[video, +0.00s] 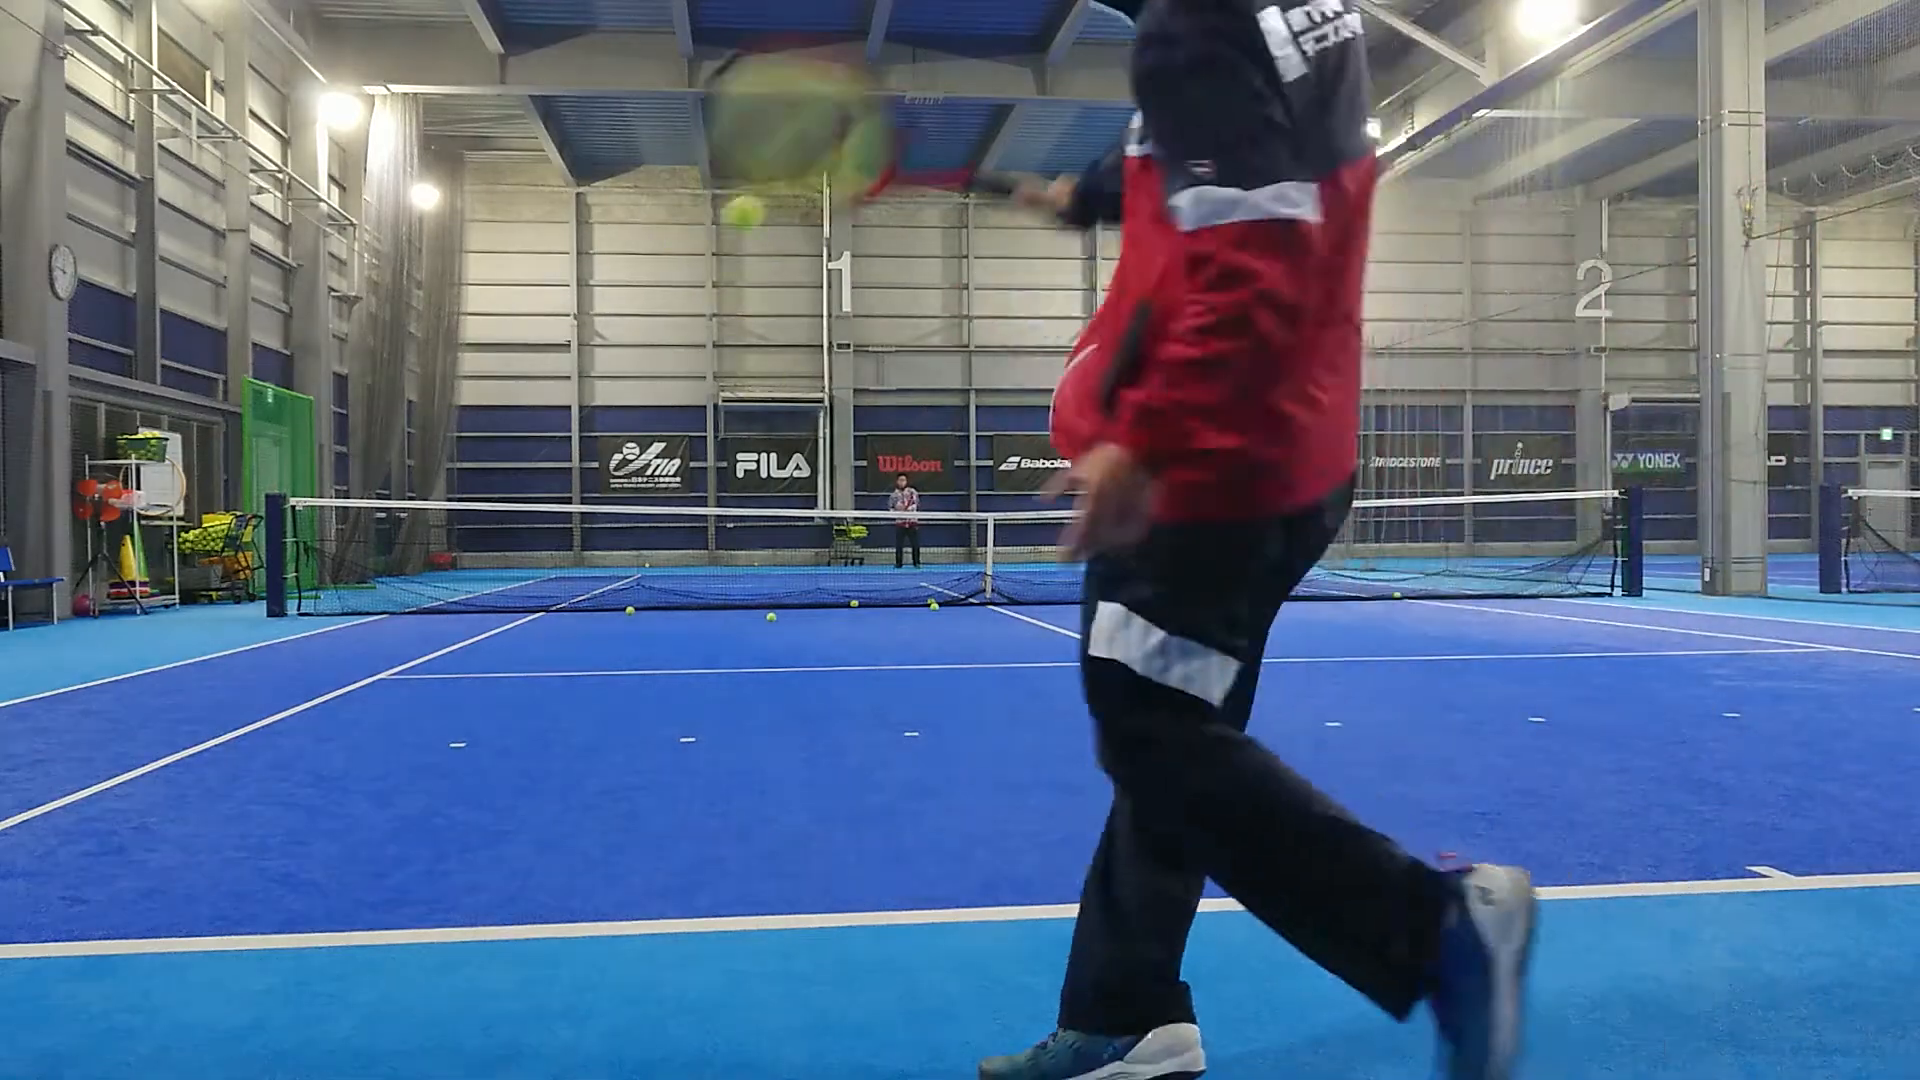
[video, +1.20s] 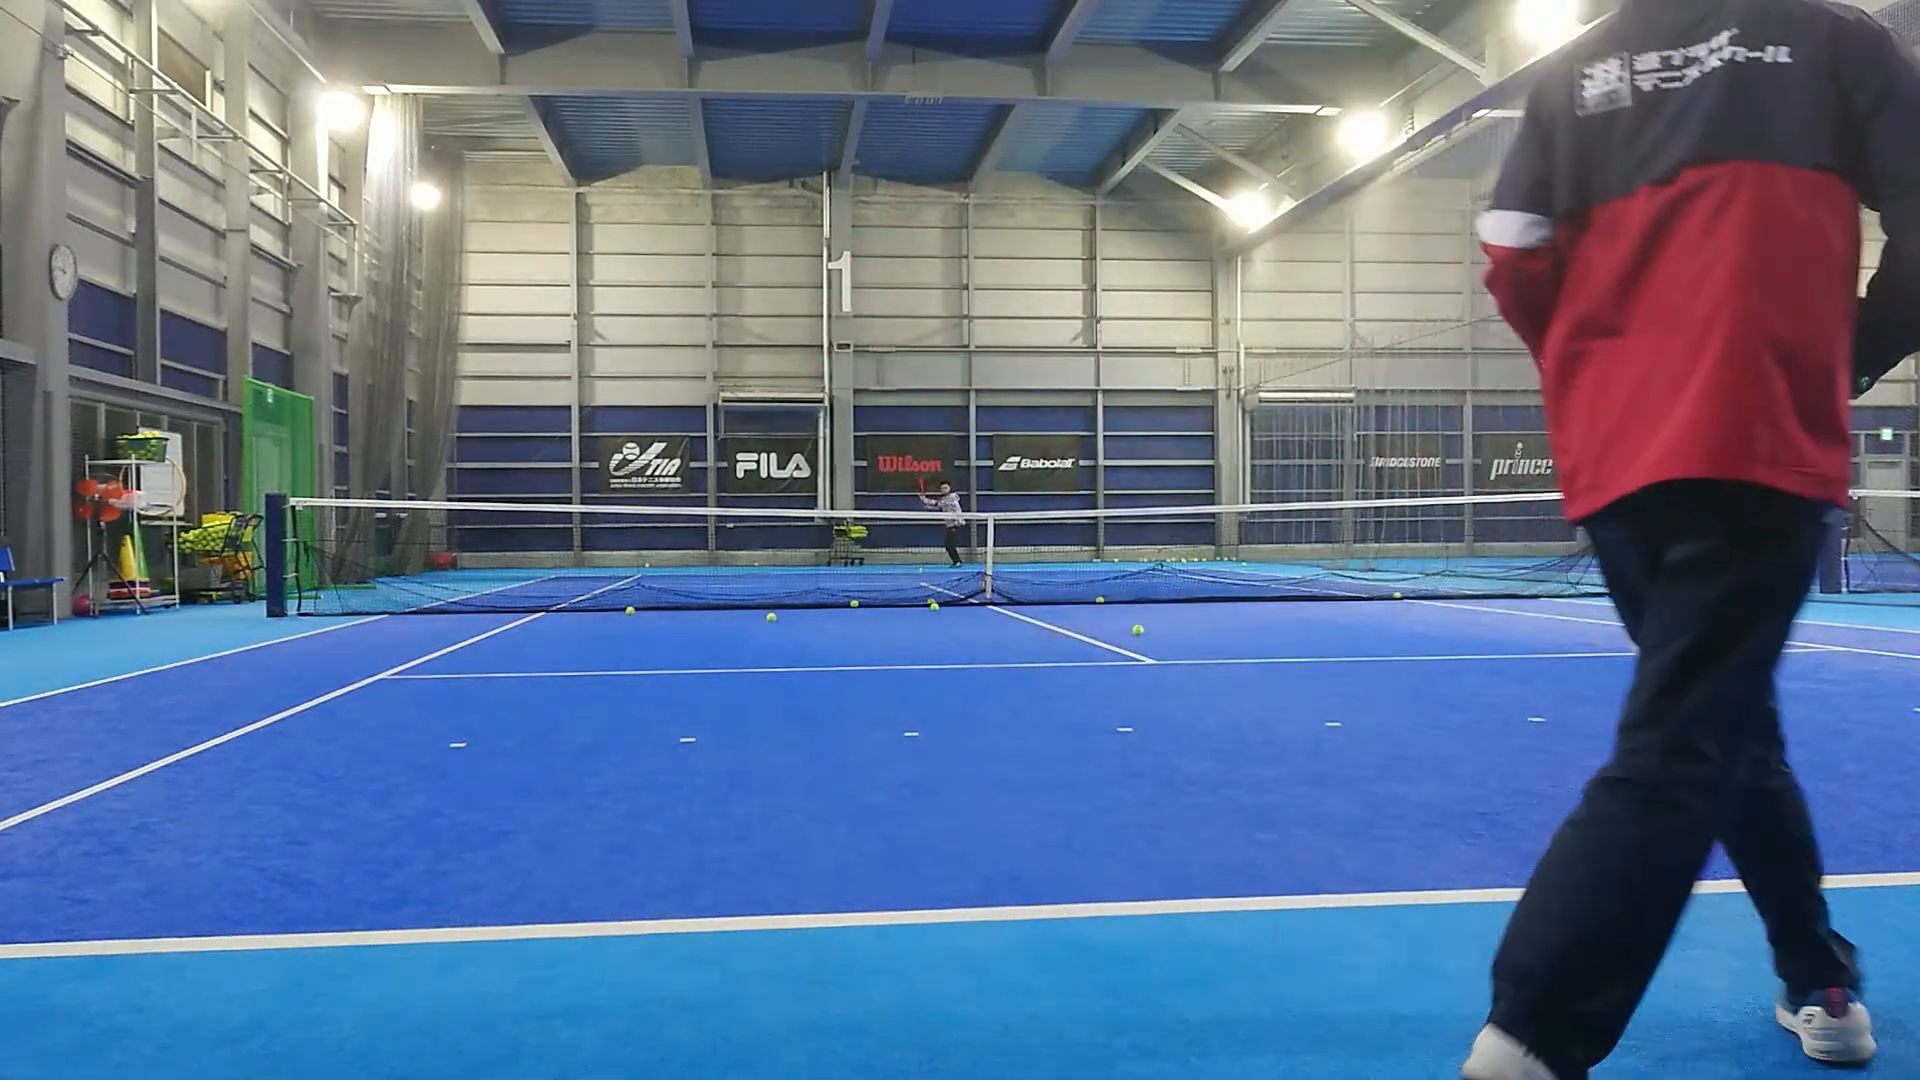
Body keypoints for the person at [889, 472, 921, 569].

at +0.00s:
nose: (902, 482)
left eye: (904, 480)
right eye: (900, 480)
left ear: (907, 482)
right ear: (897, 482)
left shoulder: (912, 492)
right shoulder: (894, 494)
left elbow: (916, 504)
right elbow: (890, 507)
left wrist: (908, 510)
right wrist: (898, 512)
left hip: (912, 522)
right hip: (900, 522)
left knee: (915, 544)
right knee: (899, 545)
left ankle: (916, 562)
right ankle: (898, 563)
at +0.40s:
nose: (907, 484)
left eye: (909, 482)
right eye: (905, 482)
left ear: (911, 483)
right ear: (902, 484)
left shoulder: (916, 495)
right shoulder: (899, 495)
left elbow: (919, 508)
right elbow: (894, 508)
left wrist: (919, 520)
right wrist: (899, 518)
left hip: (914, 523)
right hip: (902, 523)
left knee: (919, 544)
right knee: (900, 545)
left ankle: (926, 561)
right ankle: (898, 563)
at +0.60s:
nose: (915, 487)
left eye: (917, 484)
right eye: (913, 484)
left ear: (921, 486)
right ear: (911, 486)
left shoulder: (925, 496)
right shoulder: (910, 496)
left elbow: (927, 509)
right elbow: (905, 508)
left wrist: (927, 521)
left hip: (923, 523)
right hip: (913, 524)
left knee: (923, 545)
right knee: (908, 544)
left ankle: (930, 562)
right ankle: (901, 562)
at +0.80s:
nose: (925, 489)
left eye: (927, 487)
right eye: (924, 487)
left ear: (931, 488)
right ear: (921, 489)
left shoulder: (933, 498)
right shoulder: (921, 499)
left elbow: (928, 509)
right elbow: (920, 508)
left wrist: (917, 509)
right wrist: (916, 508)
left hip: (931, 523)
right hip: (923, 523)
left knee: (923, 542)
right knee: (920, 542)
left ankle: (931, 559)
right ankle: (930, 559)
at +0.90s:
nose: (931, 488)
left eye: (933, 486)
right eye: (929, 486)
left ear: (936, 488)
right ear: (926, 488)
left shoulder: (938, 497)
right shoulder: (926, 498)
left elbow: (929, 507)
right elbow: (925, 507)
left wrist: (917, 503)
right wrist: (917, 503)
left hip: (938, 523)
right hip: (930, 523)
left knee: (930, 544)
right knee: (928, 544)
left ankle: (943, 555)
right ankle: (930, 561)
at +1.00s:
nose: (935, 487)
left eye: (937, 485)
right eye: (933, 485)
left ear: (940, 486)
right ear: (930, 487)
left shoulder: (943, 495)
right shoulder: (932, 496)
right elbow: (927, 504)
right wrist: (918, 498)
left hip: (944, 521)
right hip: (937, 521)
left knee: (937, 543)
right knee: (940, 542)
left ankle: (933, 560)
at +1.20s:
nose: (944, 490)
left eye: (946, 488)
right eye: (942, 488)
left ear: (950, 488)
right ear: (941, 490)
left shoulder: (952, 498)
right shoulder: (943, 501)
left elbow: (958, 509)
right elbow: (933, 503)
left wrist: (959, 520)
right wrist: (923, 499)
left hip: (954, 523)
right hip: (948, 523)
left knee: (949, 544)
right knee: (948, 544)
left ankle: (957, 561)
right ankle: (955, 561)